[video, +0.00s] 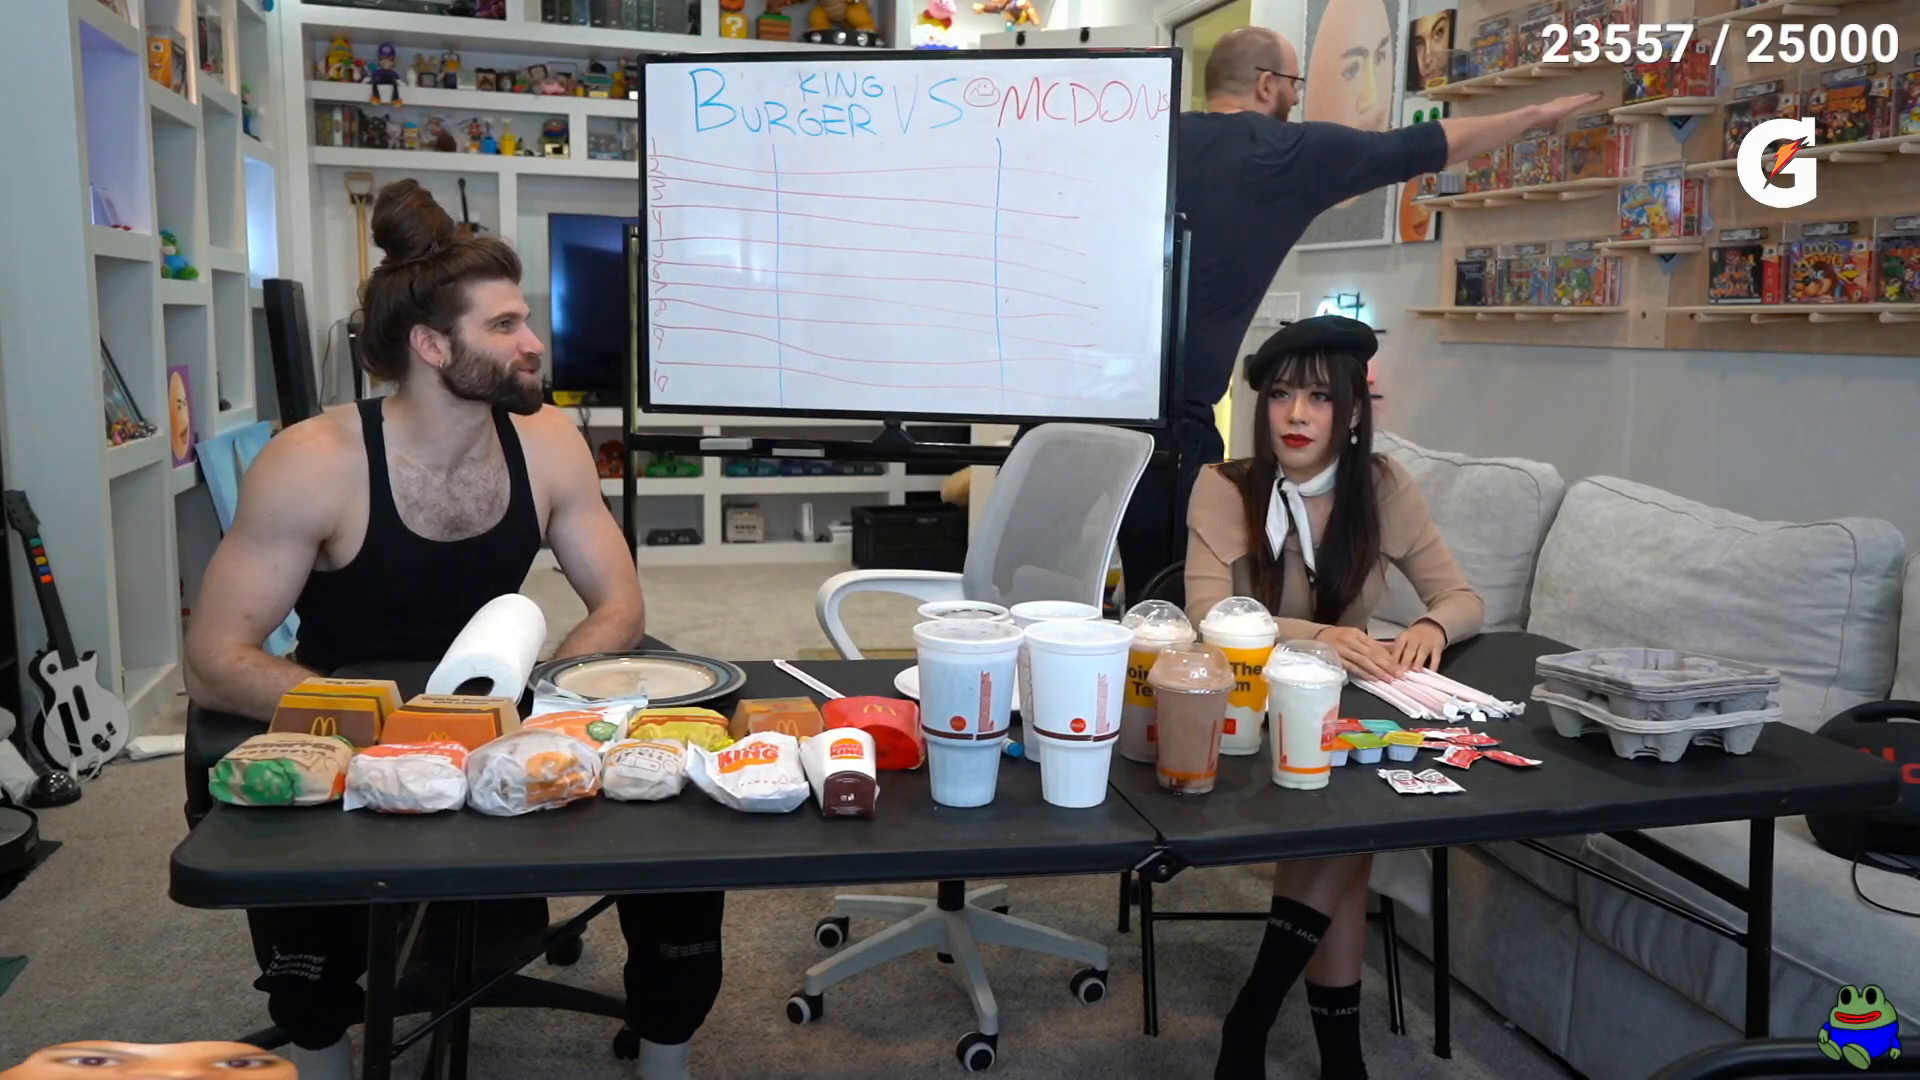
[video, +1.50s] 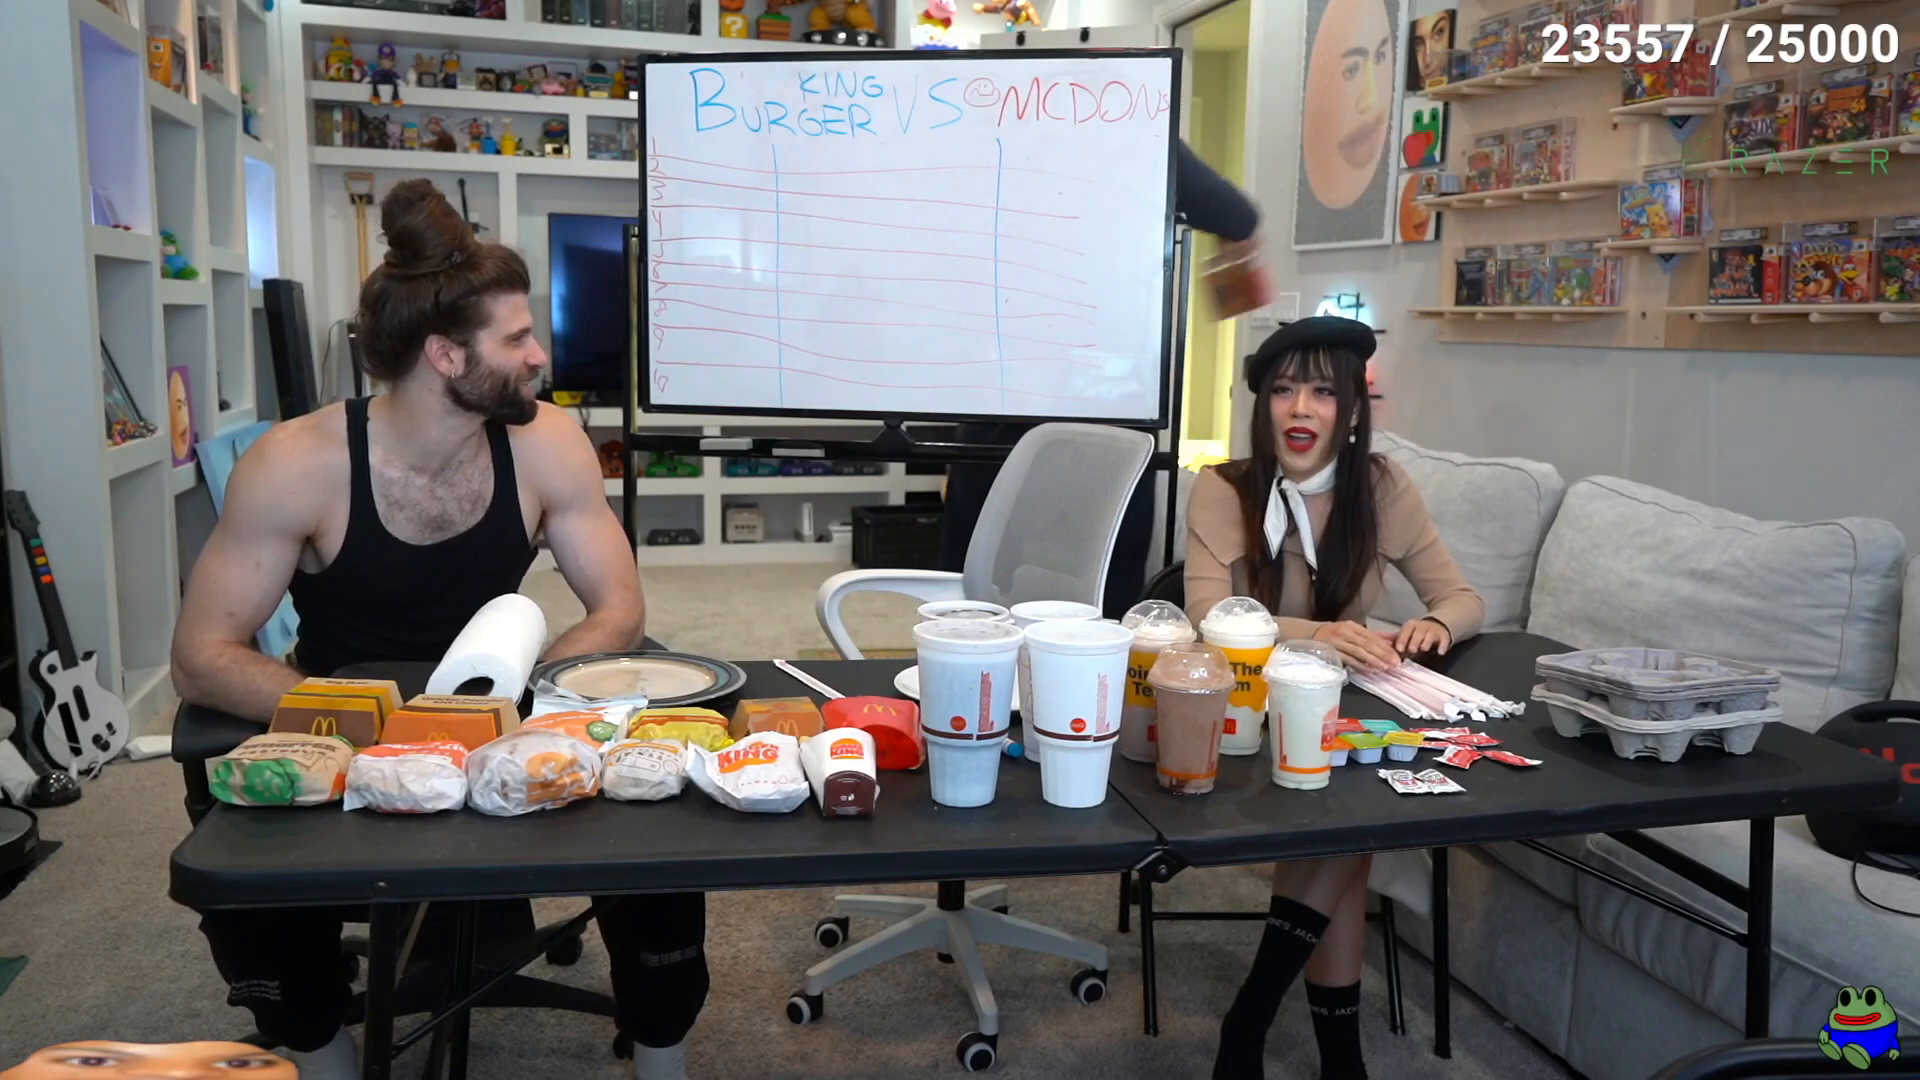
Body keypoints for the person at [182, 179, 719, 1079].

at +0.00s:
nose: (534, 342)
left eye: (530, 320)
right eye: (506, 325)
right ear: (430, 346)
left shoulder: (548, 444)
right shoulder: (314, 461)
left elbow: (622, 606)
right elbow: (212, 655)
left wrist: (540, 688)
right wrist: (362, 711)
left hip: (508, 744)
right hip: (348, 754)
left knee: (679, 828)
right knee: (299, 865)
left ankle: (664, 1057)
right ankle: (319, 1053)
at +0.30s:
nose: (528, 345)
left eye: (524, 323)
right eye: (500, 329)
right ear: (425, 349)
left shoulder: (545, 442)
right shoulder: (309, 461)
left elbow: (620, 608)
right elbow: (209, 659)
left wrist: (532, 687)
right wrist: (364, 711)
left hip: (509, 739)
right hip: (344, 749)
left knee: (674, 819)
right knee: (272, 856)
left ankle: (664, 1057)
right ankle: (317, 1052)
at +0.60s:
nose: (534, 349)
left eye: (527, 328)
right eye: (510, 336)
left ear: (445, 353)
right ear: (436, 357)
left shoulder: (541, 445)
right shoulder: (299, 462)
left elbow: (621, 609)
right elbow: (206, 655)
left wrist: (525, 685)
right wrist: (356, 713)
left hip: (506, 743)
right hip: (339, 752)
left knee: (663, 827)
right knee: (266, 865)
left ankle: (660, 1055)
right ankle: (314, 1054)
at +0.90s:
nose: (538, 353)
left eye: (533, 331)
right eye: (516, 339)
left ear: (454, 356)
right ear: (442, 358)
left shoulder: (543, 445)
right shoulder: (300, 462)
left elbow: (620, 612)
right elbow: (205, 655)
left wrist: (524, 685)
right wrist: (358, 715)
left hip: (508, 739)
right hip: (340, 748)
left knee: (656, 830)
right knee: (248, 863)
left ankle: (660, 1056)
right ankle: (309, 1055)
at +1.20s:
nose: (536, 350)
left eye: (529, 328)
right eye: (513, 335)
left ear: (448, 352)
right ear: (437, 354)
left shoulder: (546, 444)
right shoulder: (297, 462)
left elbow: (620, 614)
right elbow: (206, 657)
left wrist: (517, 684)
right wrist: (355, 717)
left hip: (509, 742)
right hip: (341, 751)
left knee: (653, 835)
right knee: (242, 875)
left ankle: (659, 1057)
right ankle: (320, 1055)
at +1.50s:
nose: (540, 357)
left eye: (535, 336)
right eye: (518, 342)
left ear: (459, 355)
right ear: (444, 357)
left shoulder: (547, 443)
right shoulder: (298, 463)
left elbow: (621, 613)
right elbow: (201, 656)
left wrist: (519, 678)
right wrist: (357, 712)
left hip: (509, 741)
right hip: (340, 750)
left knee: (656, 840)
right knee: (246, 881)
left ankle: (659, 1056)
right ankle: (324, 1055)